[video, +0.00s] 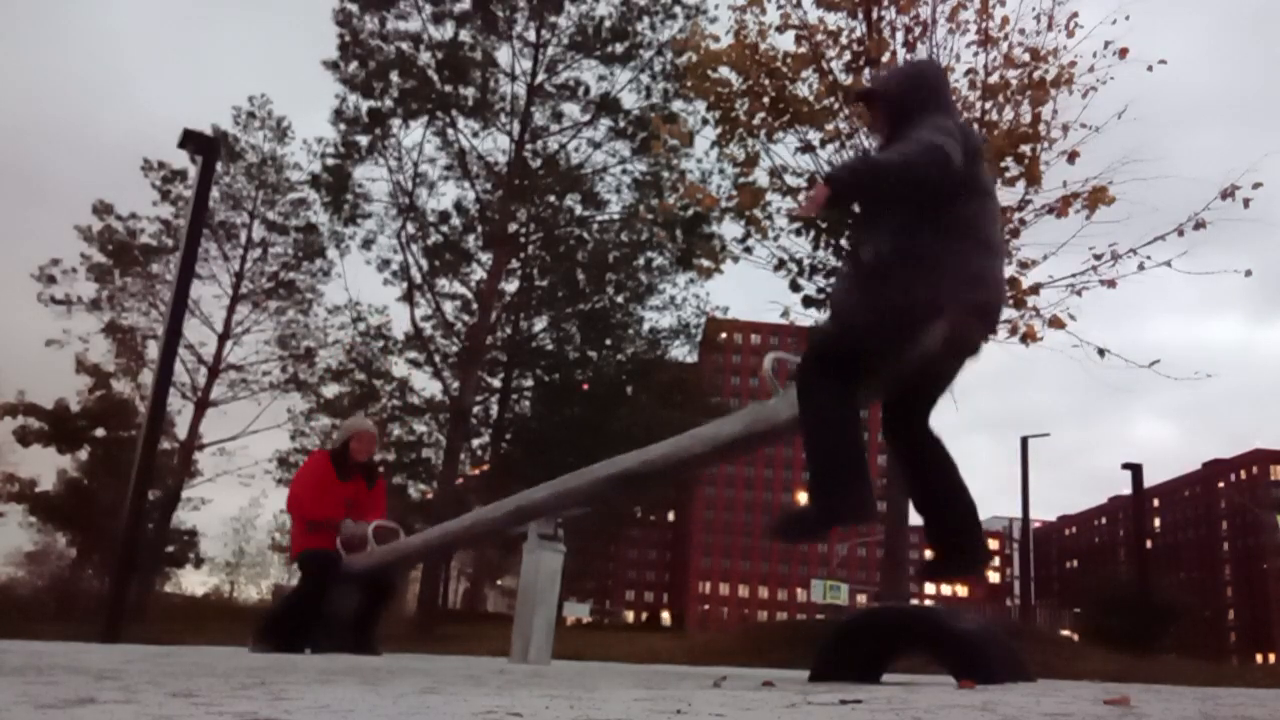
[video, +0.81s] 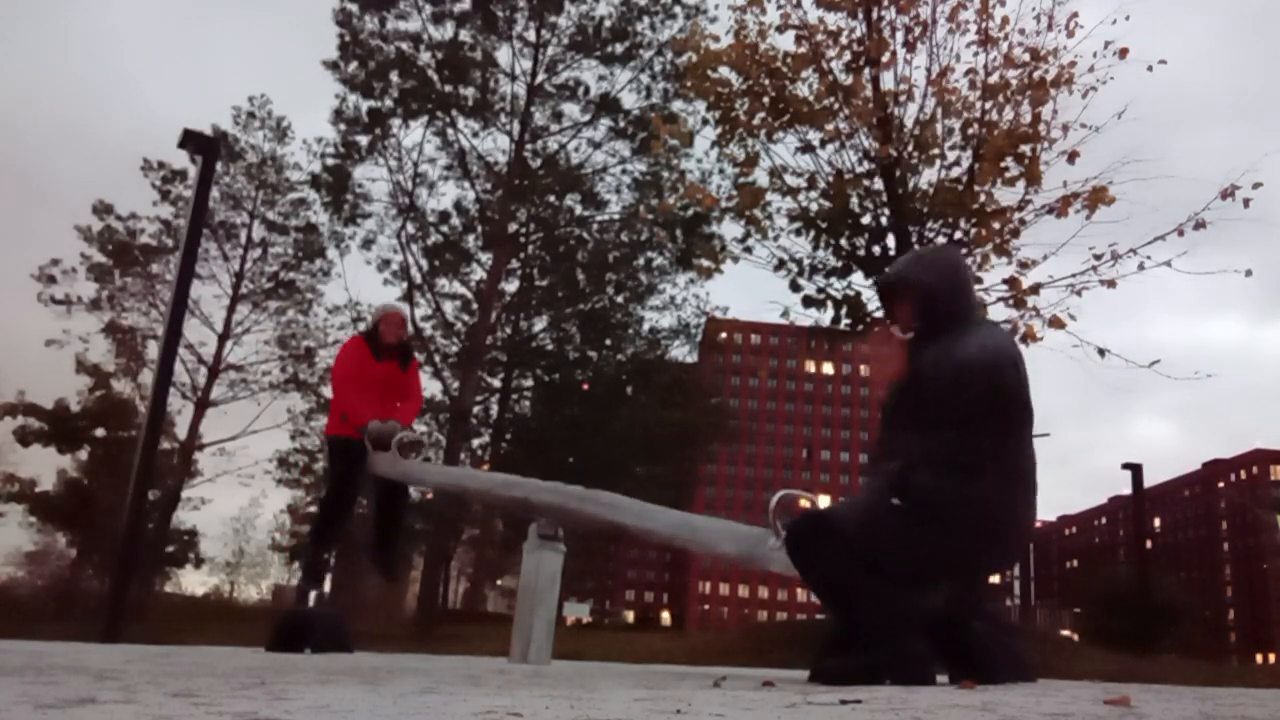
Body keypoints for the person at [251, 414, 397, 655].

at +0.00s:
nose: (366, 449)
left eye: (371, 443)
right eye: (360, 441)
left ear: (376, 447)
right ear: (347, 442)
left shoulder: (372, 478)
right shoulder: (321, 462)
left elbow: (375, 518)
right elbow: (298, 503)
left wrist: (363, 532)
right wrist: (338, 521)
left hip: (353, 548)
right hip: (315, 541)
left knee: (381, 583)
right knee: (322, 578)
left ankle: (359, 642)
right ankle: (275, 636)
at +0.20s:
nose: (378, 410)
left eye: (381, 405)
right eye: (373, 404)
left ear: (384, 408)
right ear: (358, 404)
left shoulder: (383, 440)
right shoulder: (331, 426)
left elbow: (388, 478)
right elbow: (308, 464)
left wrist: (373, 495)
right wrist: (343, 487)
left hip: (362, 517)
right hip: (323, 510)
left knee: (379, 568)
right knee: (316, 566)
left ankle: (362, 635)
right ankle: (275, 630)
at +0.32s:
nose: (382, 384)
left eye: (387, 378)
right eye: (377, 377)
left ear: (391, 381)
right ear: (363, 376)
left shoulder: (391, 414)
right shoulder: (334, 402)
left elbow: (394, 454)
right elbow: (320, 442)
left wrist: (378, 467)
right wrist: (353, 464)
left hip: (368, 492)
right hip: (329, 485)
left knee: (375, 548)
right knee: (323, 541)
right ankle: (287, 606)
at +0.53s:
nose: (389, 343)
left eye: (394, 337)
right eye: (383, 336)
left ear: (401, 343)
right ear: (372, 338)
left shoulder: (400, 374)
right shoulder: (350, 361)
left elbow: (404, 415)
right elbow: (336, 402)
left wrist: (389, 436)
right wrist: (364, 431)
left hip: (380, 454)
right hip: (342, 446)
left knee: (391, 510)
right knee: (335, 506)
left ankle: (381, 581)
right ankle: (303, 575)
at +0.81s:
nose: (395, 330)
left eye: (400, 325)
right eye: (389, 324)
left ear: (406, 330)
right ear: (377, 325)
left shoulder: (407, 362)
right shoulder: (355, 348)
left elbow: (414, 399)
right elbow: (344, 388)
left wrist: (397, 423)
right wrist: (368, 420)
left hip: (387, 442)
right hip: (348, 434)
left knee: (394, 501)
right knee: (343, 494)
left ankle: (387, 572)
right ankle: (314, 567)